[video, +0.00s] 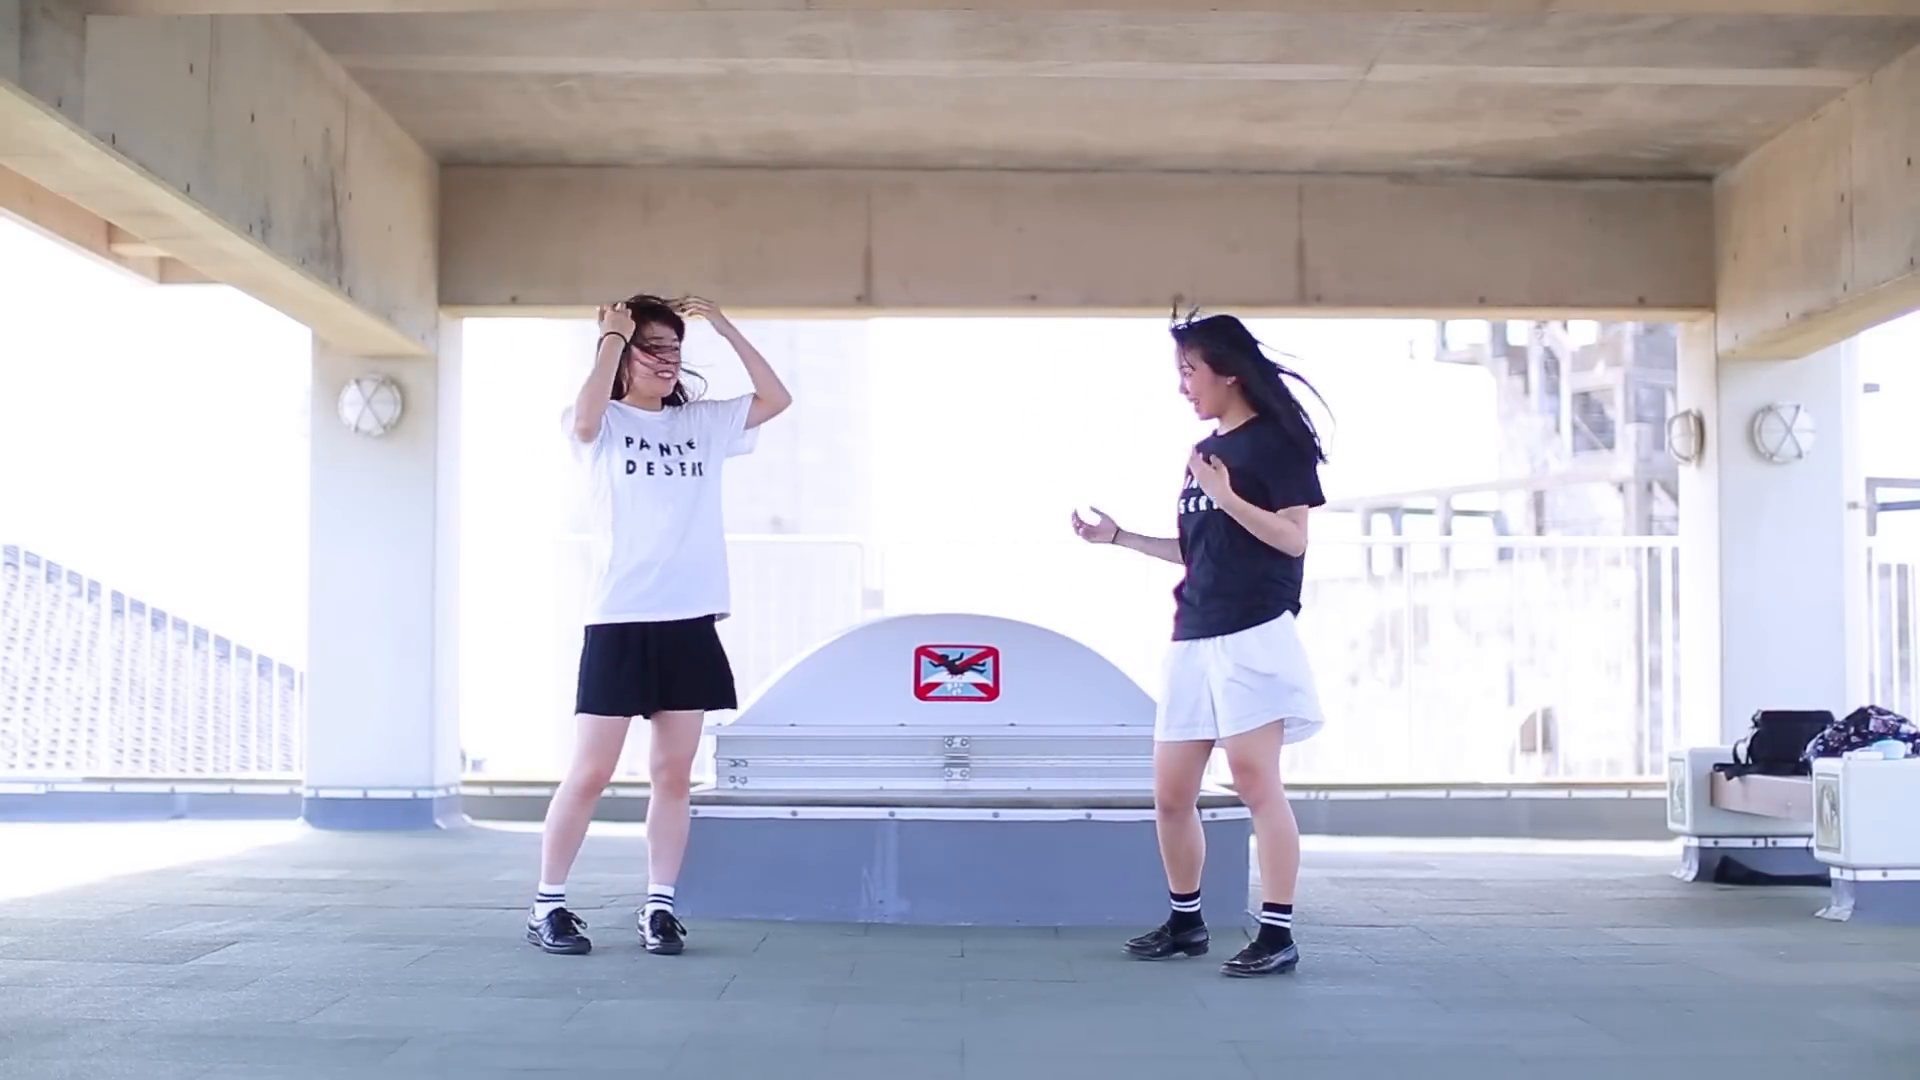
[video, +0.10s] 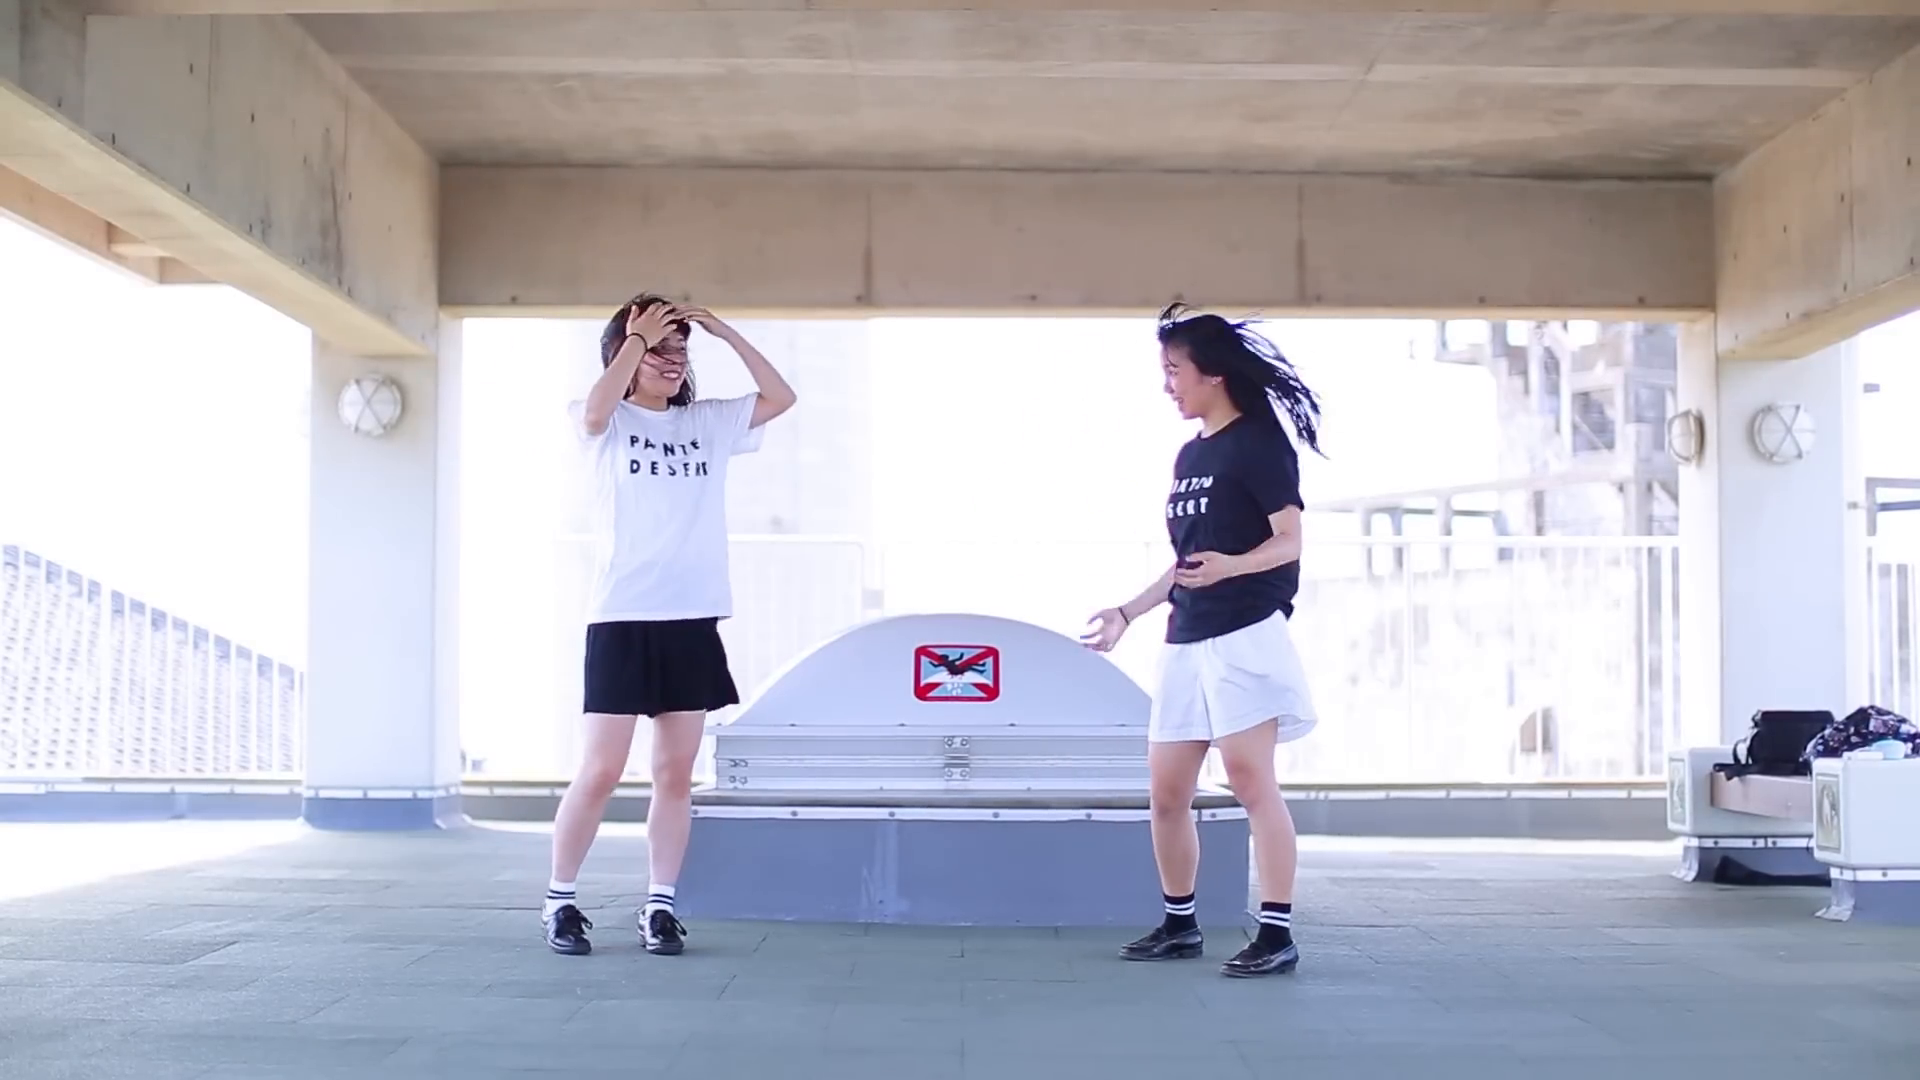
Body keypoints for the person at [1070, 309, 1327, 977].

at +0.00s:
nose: (1182, 385)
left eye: (1190, 371)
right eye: (1180, 371)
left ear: (1228, 373)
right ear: (1211, 374)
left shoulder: (1280, 440)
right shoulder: (1204, 452)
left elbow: (1296, 540)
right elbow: (1196, 551)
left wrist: (1227, 499)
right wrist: (1120, 538)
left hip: (1254, 635)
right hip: (1192, 640)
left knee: (1257, 784)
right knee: (1172, 795)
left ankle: (1275, 935)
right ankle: (1185, 923)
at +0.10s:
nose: (1166, 383)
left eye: (1174, 370)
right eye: (1165, 371)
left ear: (1213, 373)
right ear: (1200, 377)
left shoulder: (1260, 439)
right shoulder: (1190, 455)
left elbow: (1291, 542)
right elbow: (1188, 560)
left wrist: (1233, 564)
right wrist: (1127, 611)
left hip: (1245, 639)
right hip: (1185, 643)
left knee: (1252, 782)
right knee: (1167, 793)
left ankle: (1275, 935)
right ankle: (1180, 925)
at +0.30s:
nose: (1140, 384)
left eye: (1150, 371)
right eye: (1135, 373)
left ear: (1187, 369)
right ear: (1139, 375)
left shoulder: (1230, 442)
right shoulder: (1157, 454)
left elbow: (1262, 543)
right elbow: (1169, 554)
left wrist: (1212, 589)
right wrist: (1131, 613)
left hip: (1223, 636)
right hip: (1160, 641)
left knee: (1227, 780)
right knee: (1157, 788)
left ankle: (1270, 930)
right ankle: (1178, 925)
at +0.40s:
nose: (1140, 401)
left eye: (1147, 386)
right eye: (1133, 390)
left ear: (1182, 375)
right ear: (1135, 389)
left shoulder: (1230, 439)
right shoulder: (1147, 453)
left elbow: (1245, 542)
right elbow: (1146, 545)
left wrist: (1177, 526)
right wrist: (1099, 562)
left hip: (1216, 635)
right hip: (1151, 638)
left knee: (1215, 777)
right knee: (1154, 785)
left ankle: (1260, 928)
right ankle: (1179, 925)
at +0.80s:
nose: (1152, 416)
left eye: (1159, 407)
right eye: (1146, 410)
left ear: (1184, 397)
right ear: (1141, 408)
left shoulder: (1230, 435)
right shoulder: (1134, 446)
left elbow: (1233, 516)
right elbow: (1090, 507)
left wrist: (1180, 445)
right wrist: (1101, 424)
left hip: (1217, 635)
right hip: (1145, 637)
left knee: (1221, 781)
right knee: (1159, 786)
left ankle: (1234, 930)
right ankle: (1177, 926)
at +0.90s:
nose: (1154, 413)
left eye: (1163, 401)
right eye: (1144, 404)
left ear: (1193, 390)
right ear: (1138, 402)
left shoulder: (1238, 438)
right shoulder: (1137, 448)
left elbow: (1252, 512)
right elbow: (1104, 508)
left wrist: (1211, 442)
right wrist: (1101, 418)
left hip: (1220, 633)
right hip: (1148, 637)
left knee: (1221, 780)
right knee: (1160, 788)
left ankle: (1233, 930)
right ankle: (1178, 925)